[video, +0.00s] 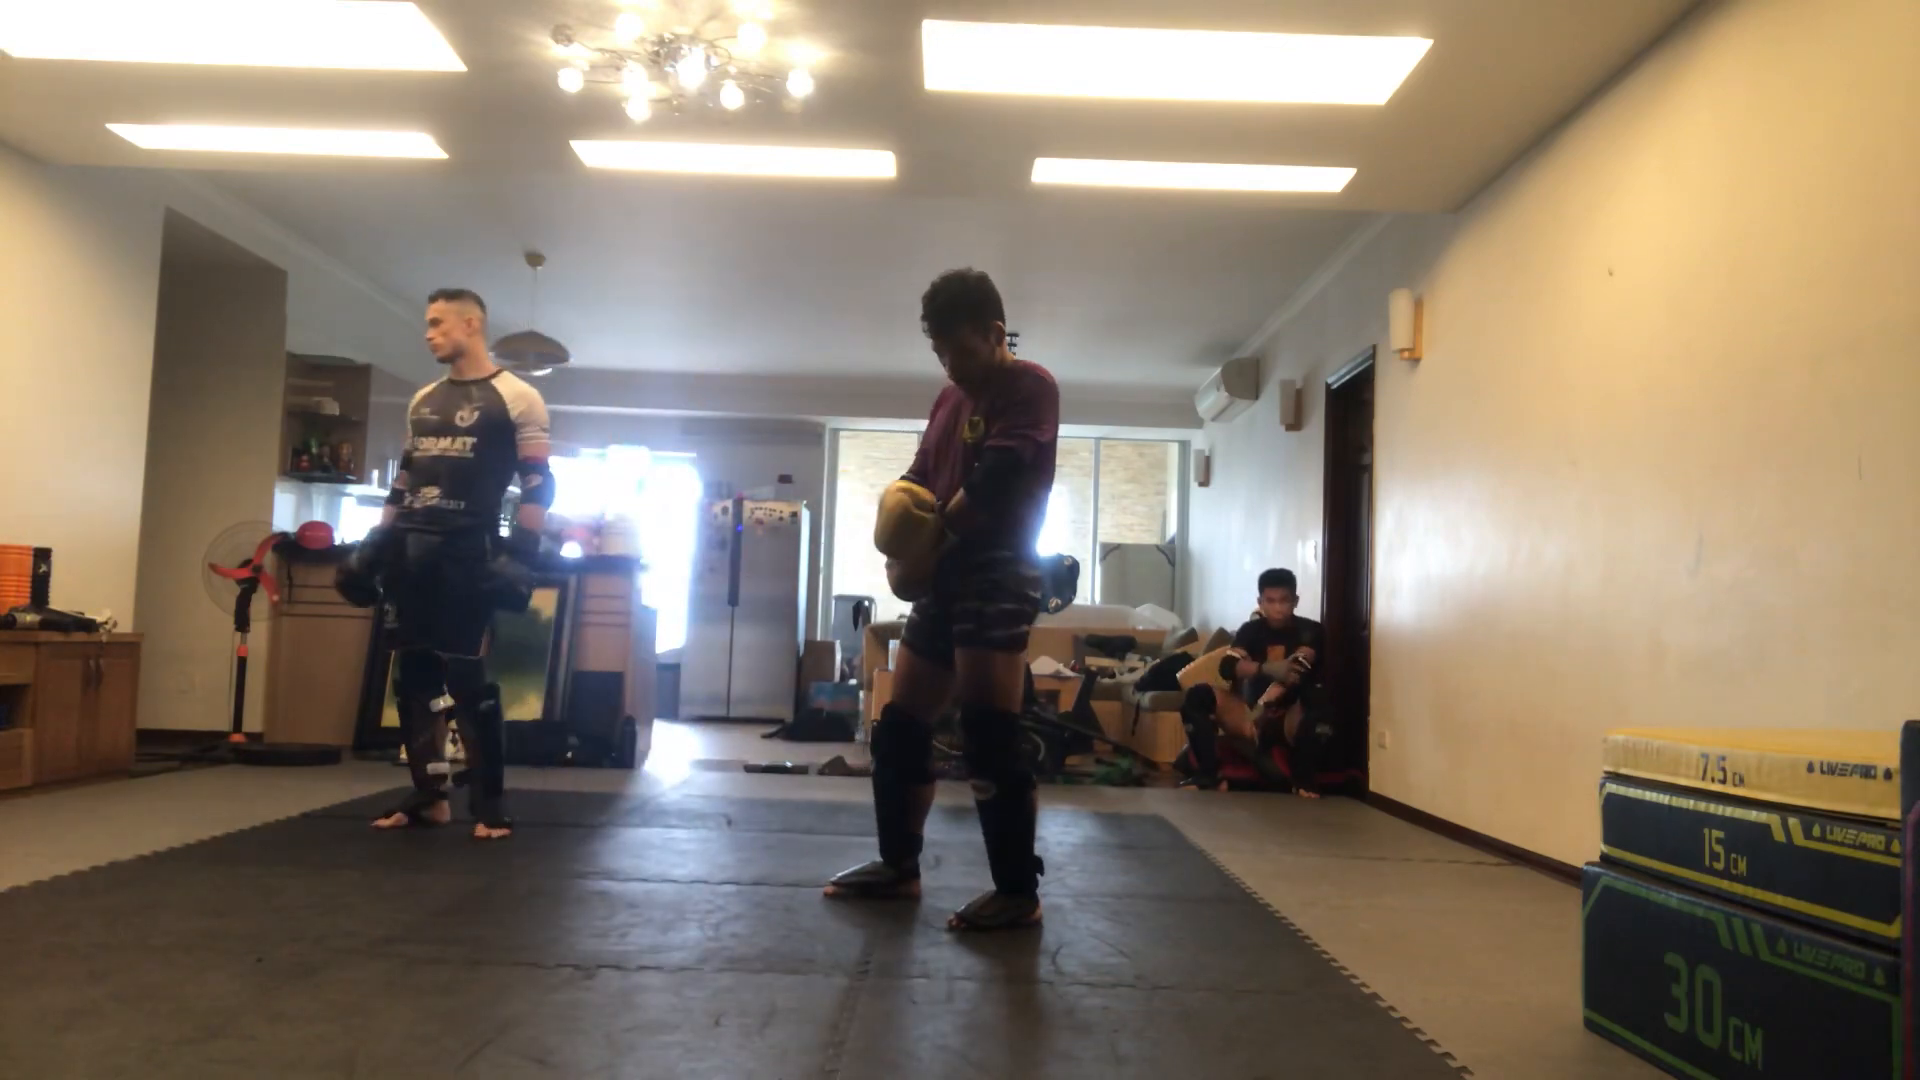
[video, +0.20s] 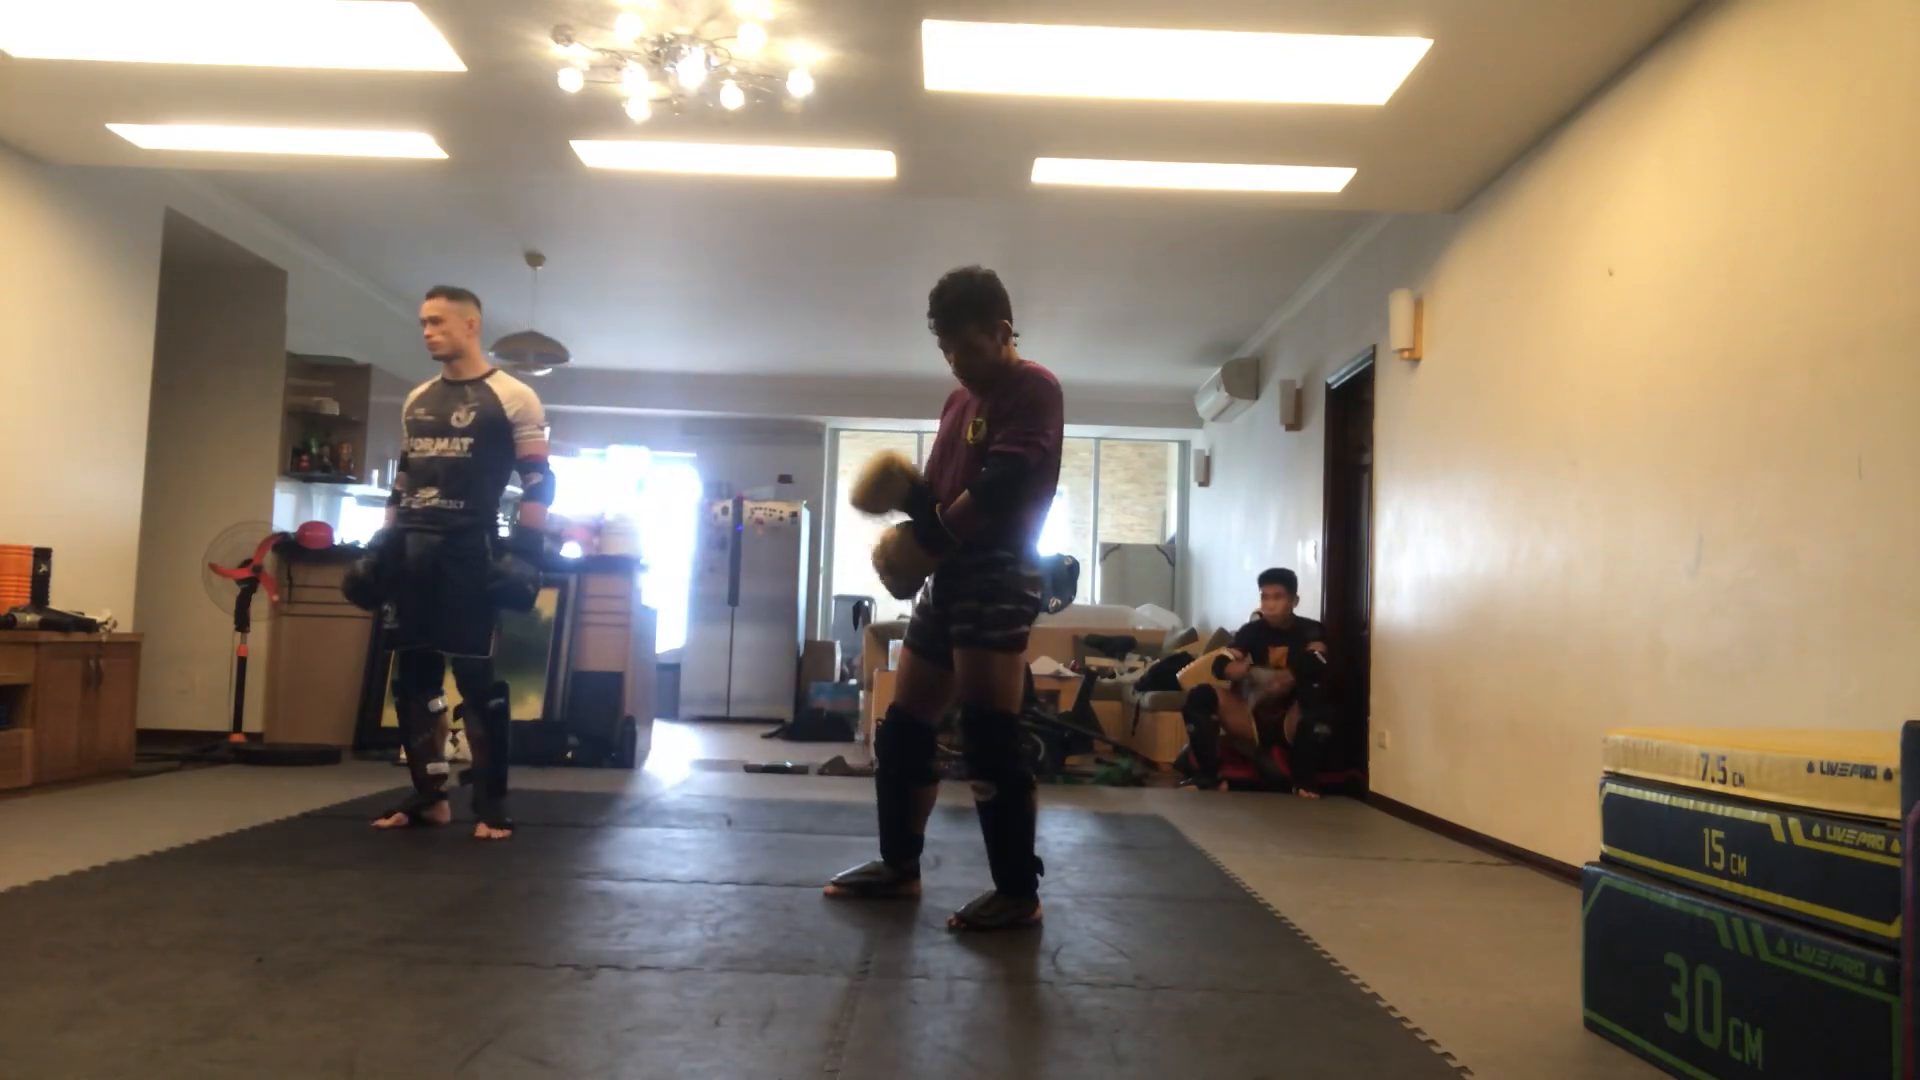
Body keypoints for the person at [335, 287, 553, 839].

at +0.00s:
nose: (428, 334)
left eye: (437, 324)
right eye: (427, 326)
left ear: (473, 325)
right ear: (445, 332)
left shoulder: (517, 396)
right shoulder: (423, 399)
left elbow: (536, 485)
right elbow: (406, 481)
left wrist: (520, 554)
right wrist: (373, 544)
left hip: (468, 553)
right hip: (412, 551)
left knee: (468, 679)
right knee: (414, 677)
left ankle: (488, 807)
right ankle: (430, 799)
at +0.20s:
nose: (426, 332)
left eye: (436, 322)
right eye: (423, 324)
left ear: (471, 325)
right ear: (428, 332)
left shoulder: (514, 396)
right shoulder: (417, 400)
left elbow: (537, 485)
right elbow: (404, 485)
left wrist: (523, 553)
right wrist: (380, 547)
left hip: (470, 552)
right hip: (414, 551)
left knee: (475, 677)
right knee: (413, 679)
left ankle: (491, 806)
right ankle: (429, 799)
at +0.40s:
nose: (424, 333)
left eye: (434, 323)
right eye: (421, 325)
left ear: (468, 324)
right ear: (421, 332)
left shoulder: (511, 395)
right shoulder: (415, 399)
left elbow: (535, 483)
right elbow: (406, 486)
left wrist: (521, 554)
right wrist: (388, 554)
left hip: (472, 553)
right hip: (416, 552)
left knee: (479, 679)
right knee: (413, 679)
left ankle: (491, 807)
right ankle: (429, 799)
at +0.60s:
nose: (419, 336)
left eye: (428, 325)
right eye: (416, 327)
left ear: (463, 324)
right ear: (418, 334)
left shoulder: (509, 395)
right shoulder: (415, 400)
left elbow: (532, 483)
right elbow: (408, 489)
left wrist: (517, 552)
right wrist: (387, 556)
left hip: (470, 552)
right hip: (414, 551)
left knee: (477, 677)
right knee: (413, 678)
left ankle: (491, 806)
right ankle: (429, 799)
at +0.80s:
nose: (413, 339)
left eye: (421, 328)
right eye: (411, 329)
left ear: (455, 327)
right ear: (439, 331)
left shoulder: (504, 394)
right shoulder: (416, 403)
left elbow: (527, 481)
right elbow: (409, 491)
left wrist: (508, 553)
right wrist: (382, 558)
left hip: (466, 554)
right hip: (413, 553)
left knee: (471, 675)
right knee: (412, 678)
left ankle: (491, 805)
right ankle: (430, 799)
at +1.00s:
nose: (410, 340)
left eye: (417, 329)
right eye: (409, 330)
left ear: (452, 328)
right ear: (438, 331)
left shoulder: (501, 395)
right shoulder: (414, 404)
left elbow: (519, 485)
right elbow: (408, 492)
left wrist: (495, 552)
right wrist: (381, 559)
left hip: (463, 555)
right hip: (409, 554)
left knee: (467, 676)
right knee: (409, 679)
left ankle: (490, 805)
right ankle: (429, 798)